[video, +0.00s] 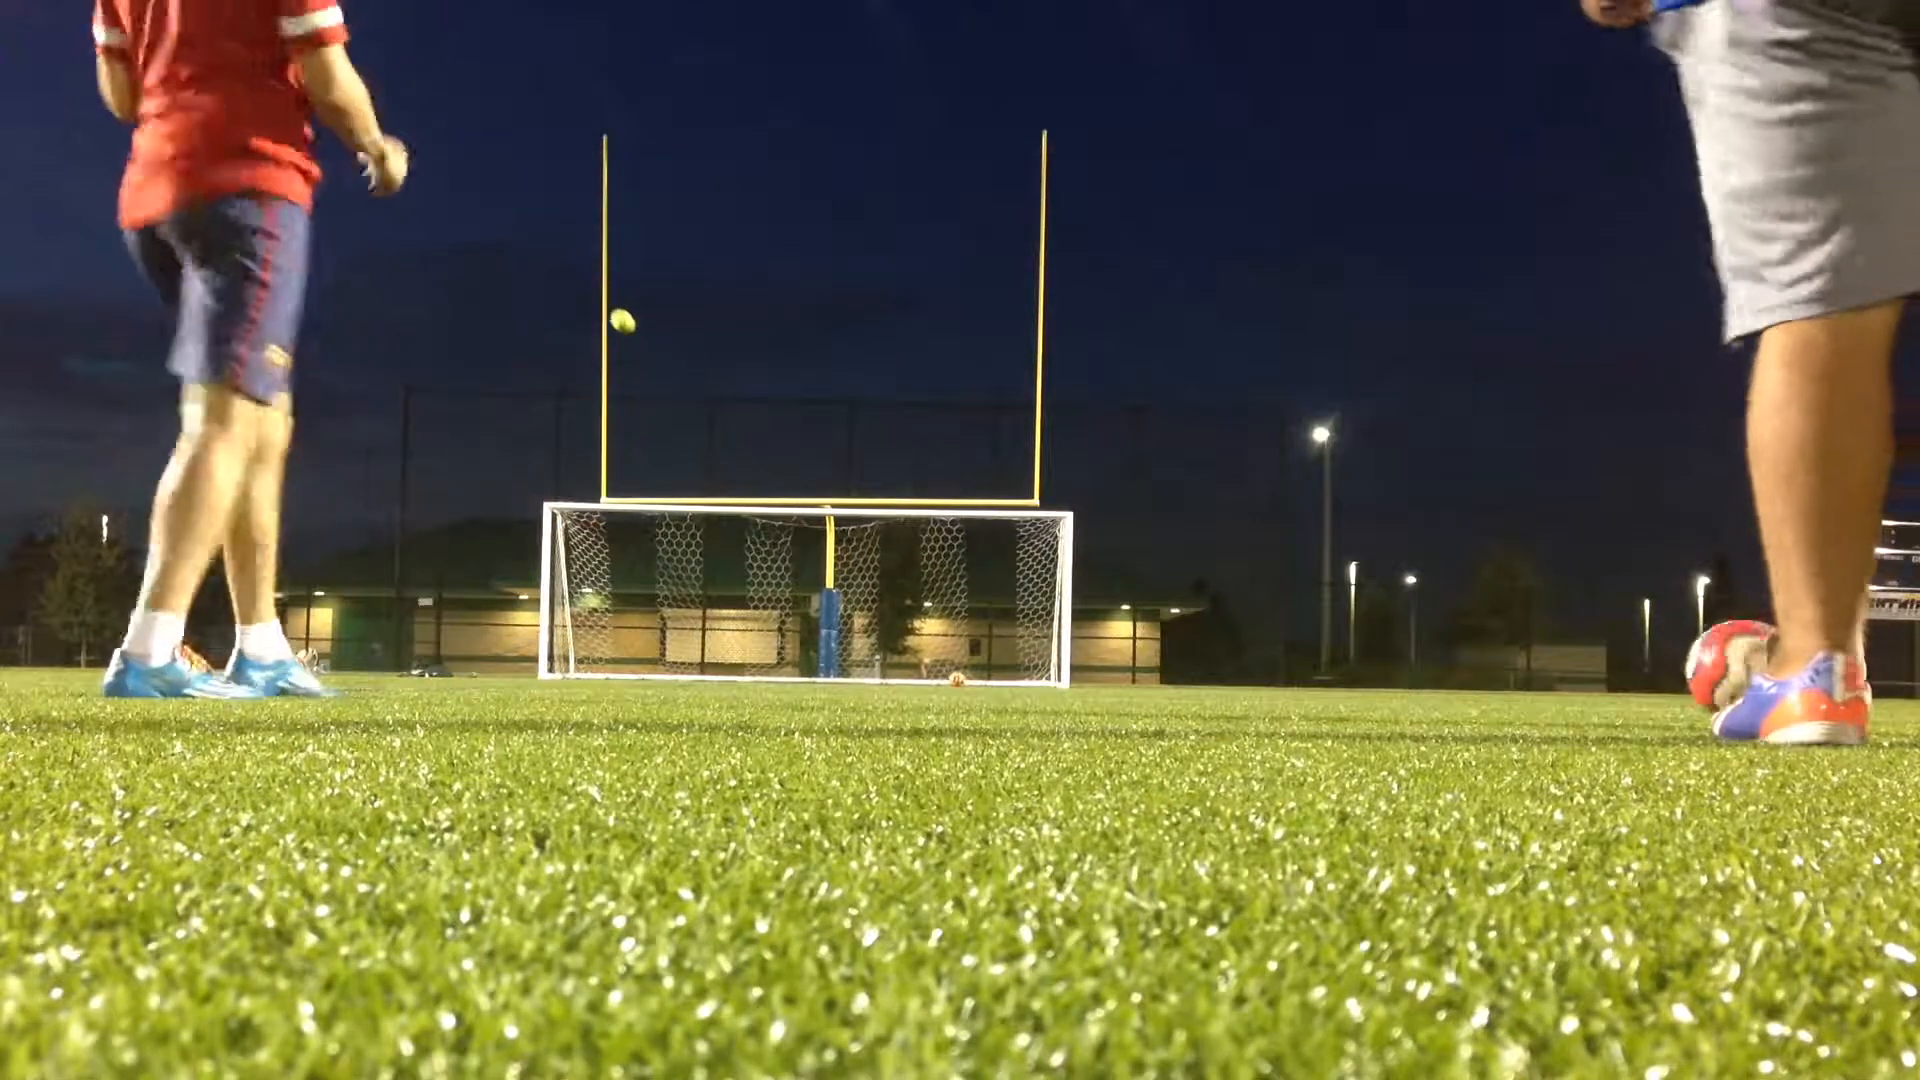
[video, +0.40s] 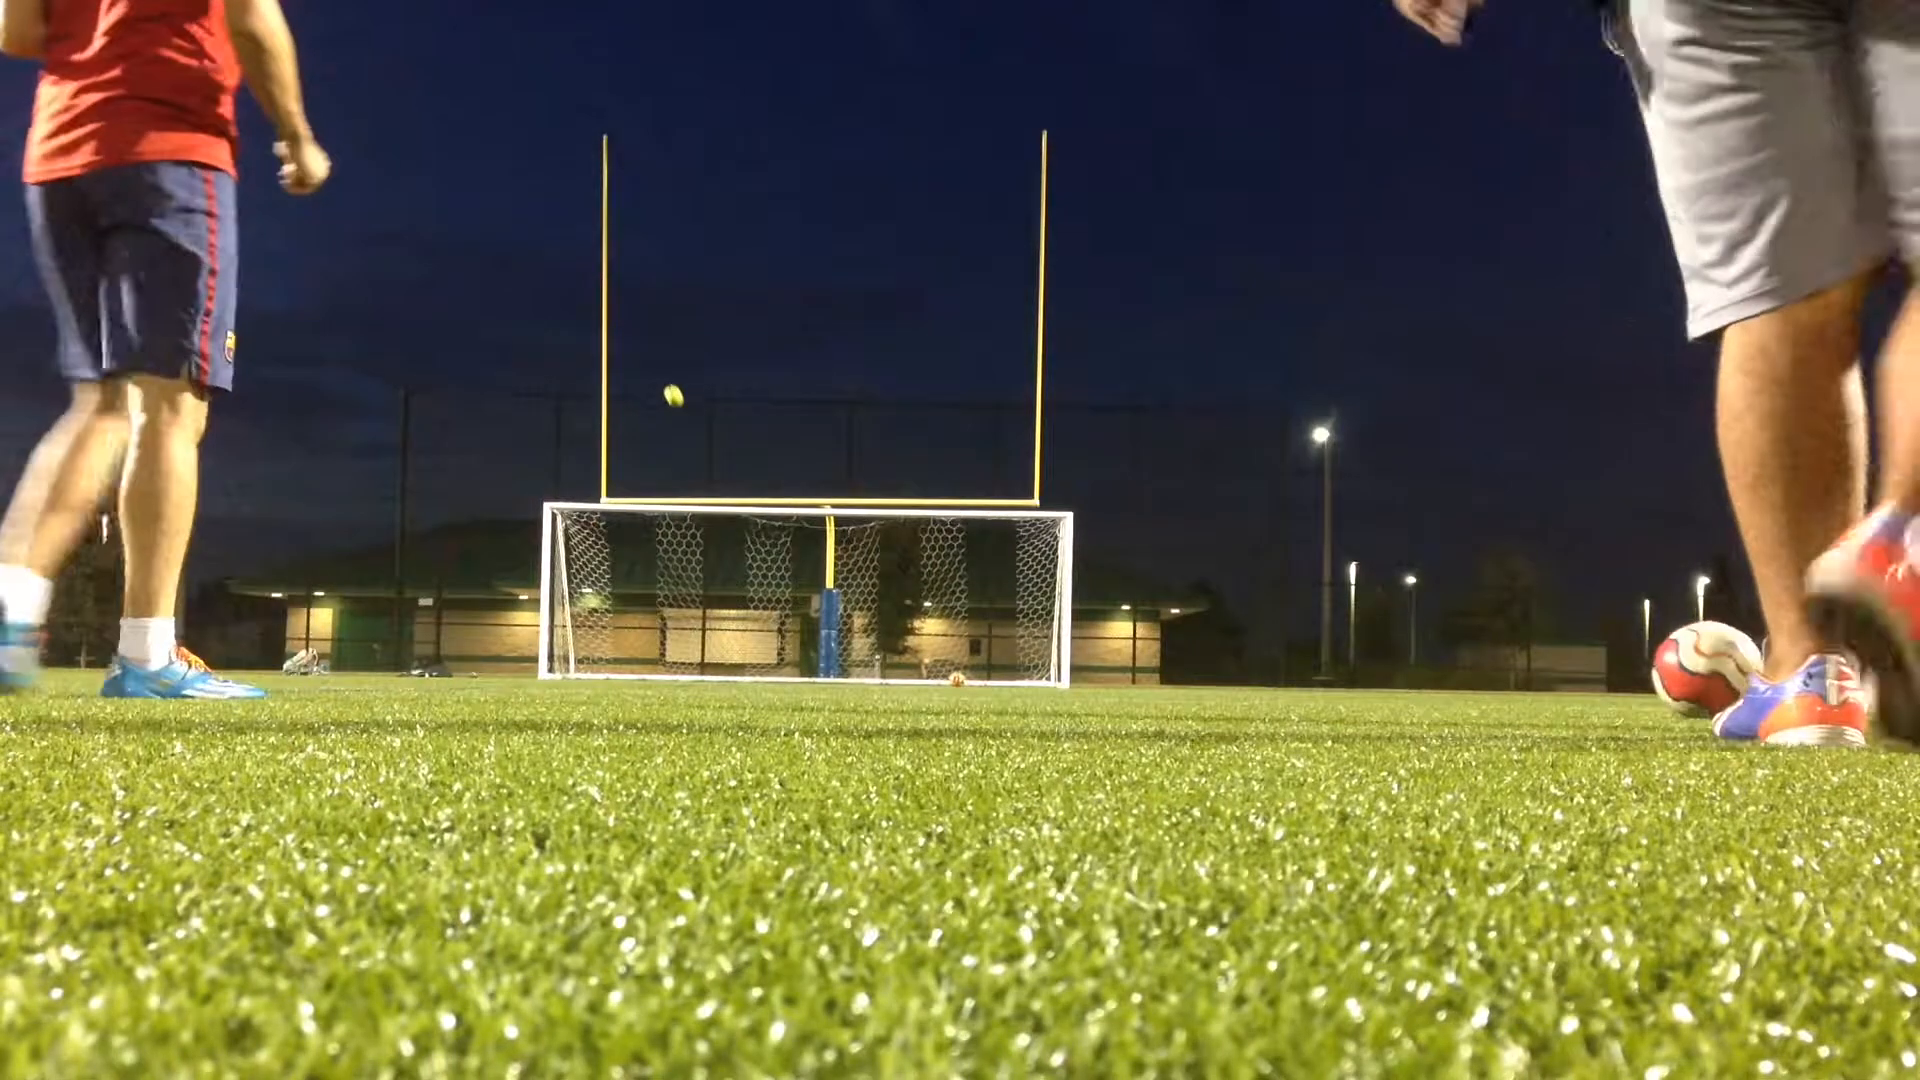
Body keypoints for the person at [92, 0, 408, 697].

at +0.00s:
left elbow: (122, 93)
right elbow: (328, 82)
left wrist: (210, 115)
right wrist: (375, 143)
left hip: (154, 183)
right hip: (254, 175)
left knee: (266, 423)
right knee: (220, 427)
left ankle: (262, 650)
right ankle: (148, 655)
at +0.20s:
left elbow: (45, 33)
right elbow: (300, 47)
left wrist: (143, 57)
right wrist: (334, 121)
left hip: (96, 153)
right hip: (200, 148)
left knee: (208, 397)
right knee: (180, 406)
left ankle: (181, 637)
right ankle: (143, 654)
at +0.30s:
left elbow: (28, 27)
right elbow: (278, 36)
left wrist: (125, 51)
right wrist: (317, 129)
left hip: (78, 149)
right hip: (187, 145)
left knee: (146, 399)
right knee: (178, 408)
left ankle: (79, 616)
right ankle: (150, 657)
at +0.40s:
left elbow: (16, 26)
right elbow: (252, 17)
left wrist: (109, 40)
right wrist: (296, 132)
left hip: (57, 145)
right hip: (172, 143)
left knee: (99, 402)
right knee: (171, 406)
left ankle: (12, 620)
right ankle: (148, 657)